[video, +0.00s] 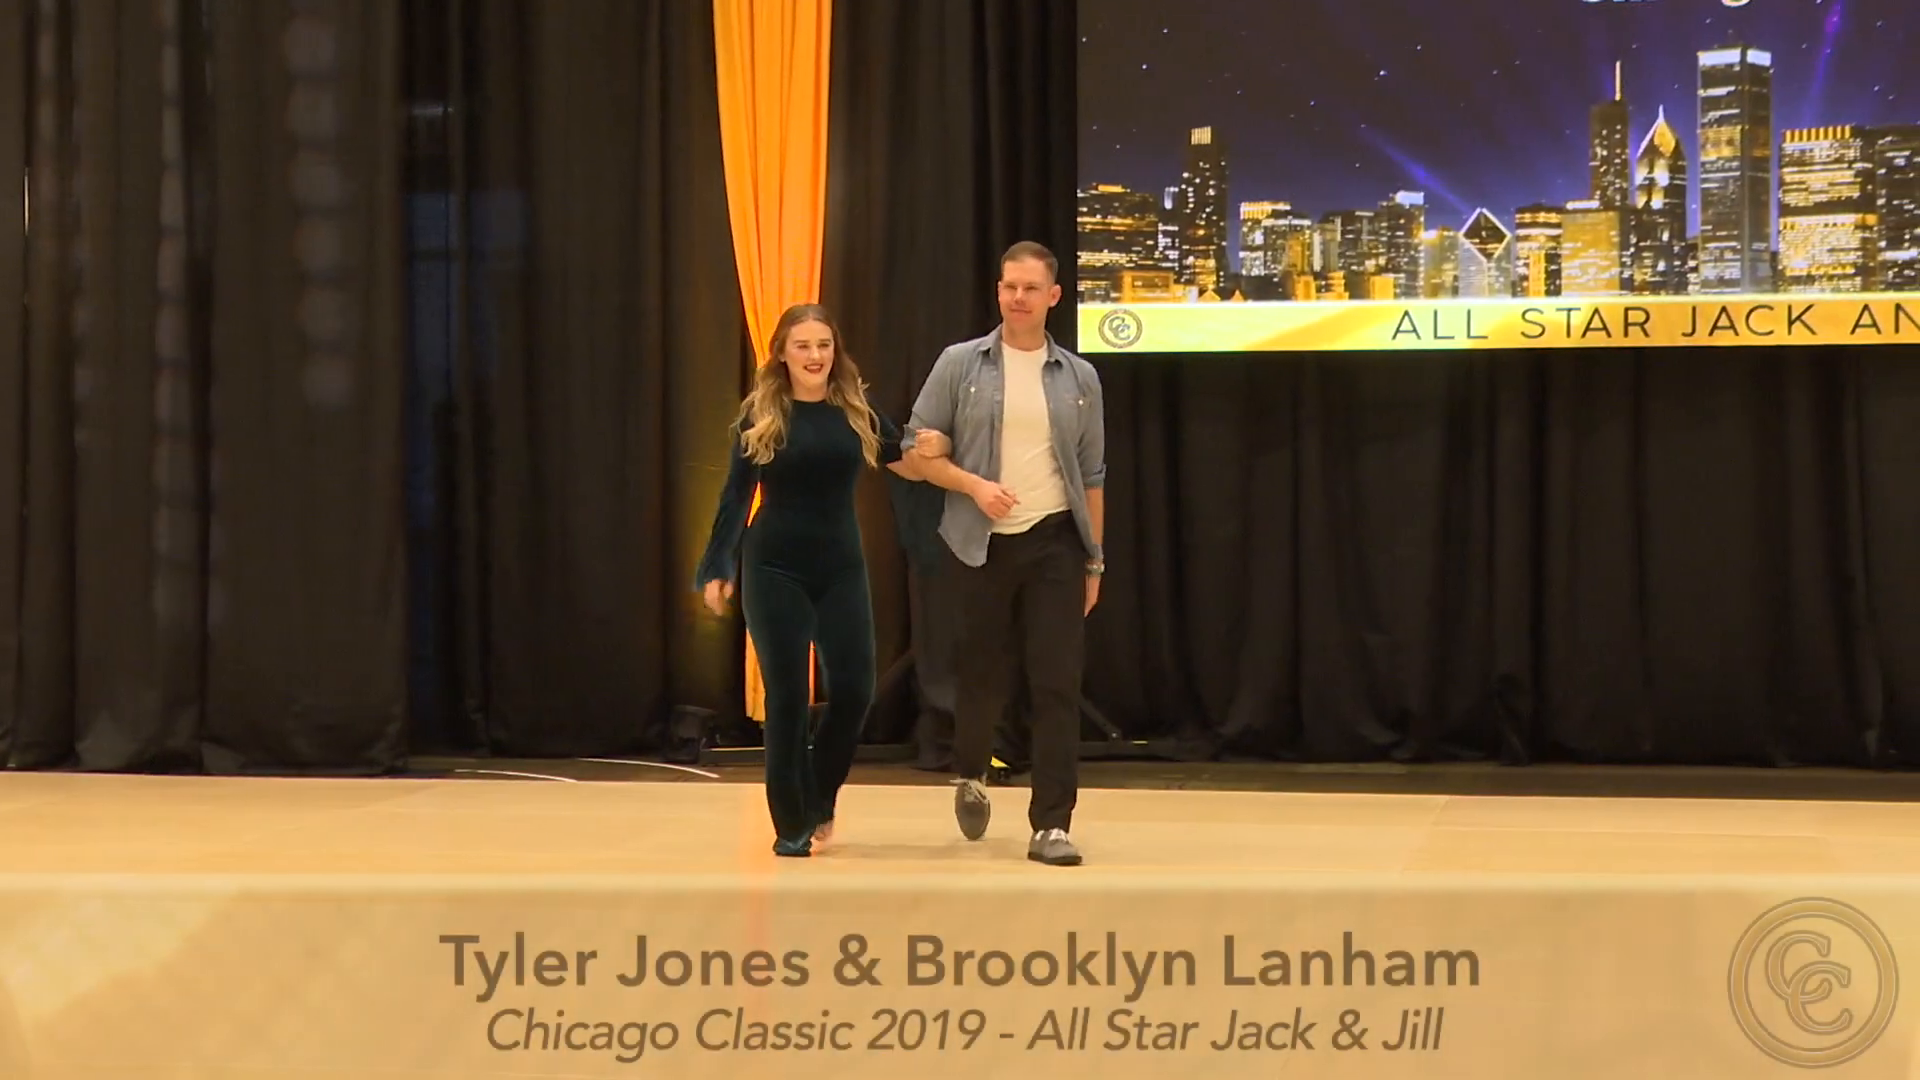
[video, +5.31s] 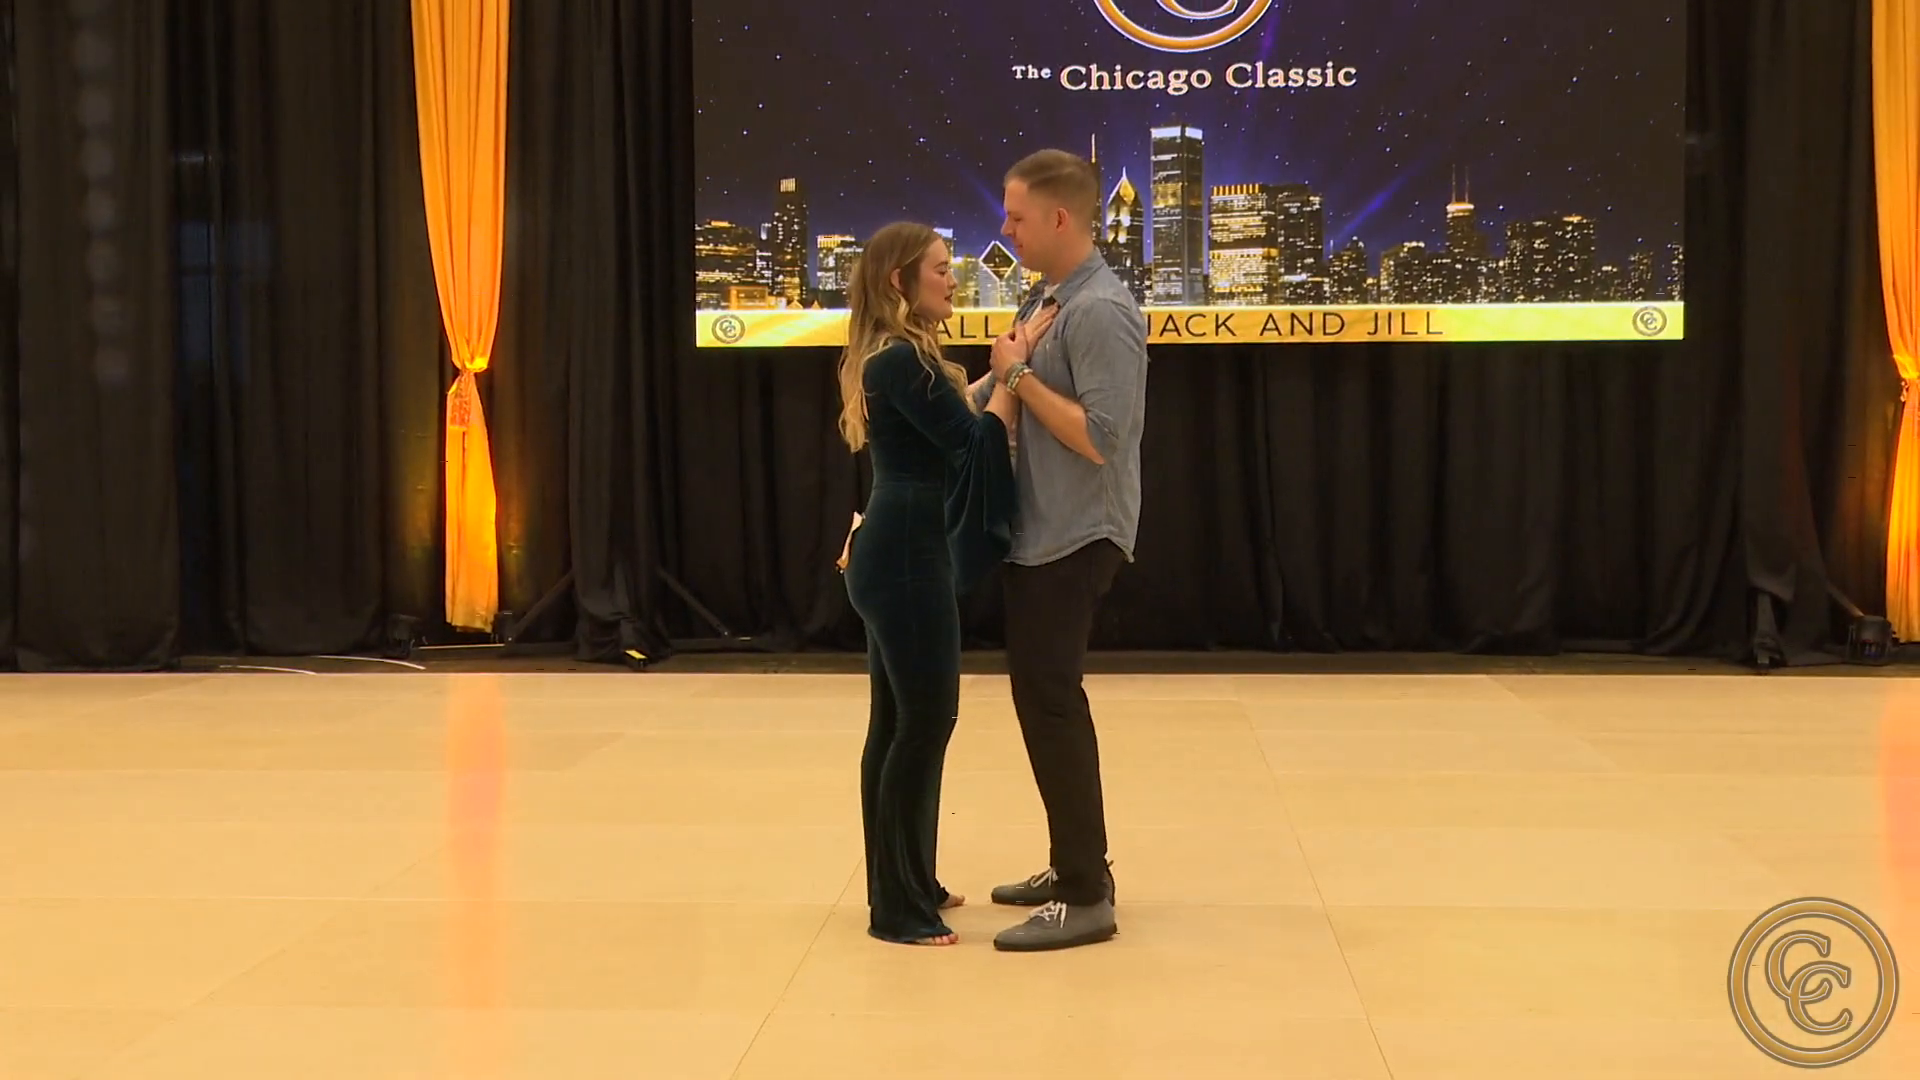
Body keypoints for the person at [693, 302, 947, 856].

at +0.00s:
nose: (813, 355)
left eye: (822, 344)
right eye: (801, 345)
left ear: (835, 350)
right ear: (783, 352)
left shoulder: (855, 410)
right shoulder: (760, 414)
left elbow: (897, 457)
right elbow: (737, 497)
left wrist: (933, 447)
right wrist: (719, 564)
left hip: (842, 571)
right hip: (773, 570)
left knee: (854, 690)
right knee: (787, 698)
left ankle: (821, 797)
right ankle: (790, 827)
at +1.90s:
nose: (824, 305)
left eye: (835, 292)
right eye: (809, 291)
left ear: (846, 299)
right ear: (775, 296)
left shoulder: (866, 374)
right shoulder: (739, 377)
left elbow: (930, 448)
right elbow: (704, 487)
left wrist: (988, 432)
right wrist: (676, 584)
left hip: (857, 588)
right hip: (761, 587)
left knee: (862, 758)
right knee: (776, 760)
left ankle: (814, 886)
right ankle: (770, 924)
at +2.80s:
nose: (904, 275)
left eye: (902, 262)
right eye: (892, 262)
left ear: (867, 273)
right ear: (846, 271)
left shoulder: (886, 364)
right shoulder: (793, 362)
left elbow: (928, 437)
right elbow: (773, 454)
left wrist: (1026, 418)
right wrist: (776, 516)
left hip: (892, 588)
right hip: (812, 589)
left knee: (918, 756)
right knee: (839, 759)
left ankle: (837, 896)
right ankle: (834, 938)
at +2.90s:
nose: (908, 267)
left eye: (903, 254)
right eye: (894, 254)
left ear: (868, 268)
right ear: (849, 267)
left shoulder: (886, 357)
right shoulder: (799, 355)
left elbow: (909, 451)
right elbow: (802, 449)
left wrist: (971, 418)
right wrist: (852, 474)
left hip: (893, 583)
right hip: (812, 587)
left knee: (929, 749)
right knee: (827, 760)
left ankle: (881, 928)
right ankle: (820, 941)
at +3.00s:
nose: (914, 264)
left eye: (910, 251)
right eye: (901, 251)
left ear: (875, 266)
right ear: (855, 264)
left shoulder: (897, 361)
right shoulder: (810, 355)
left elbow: (925, 474)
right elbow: (849, 448)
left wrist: (958, 431)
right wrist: (937, 430)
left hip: (903, 576)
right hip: (821, 578)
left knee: (919, 769)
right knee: (824, 763)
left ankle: (944, 954)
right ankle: (818, 948)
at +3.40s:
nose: (938, 260)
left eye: (934, 247)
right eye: (925, 247)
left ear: (883, 264)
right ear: (880, 262)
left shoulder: (913, 351)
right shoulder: (864, 346)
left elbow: (963, 470)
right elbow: (936, 425)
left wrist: (1025, 375)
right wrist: (1025, 356)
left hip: (939, 575)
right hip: (872, 578)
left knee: (936, 768)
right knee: (886, 765)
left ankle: (920, 953)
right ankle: (821, 956)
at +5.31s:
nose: (952, 278)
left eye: (950, 267)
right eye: (940, 268)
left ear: (913, 281)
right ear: (902, 281)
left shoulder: (910, 354)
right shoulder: (897, 361)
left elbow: (954, 421)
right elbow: (972, 445)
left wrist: (1004, 365)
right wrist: (1009, 377)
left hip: (899, 558)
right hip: (907, 562)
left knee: (896, 726)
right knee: (927, 724)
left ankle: (904, 889)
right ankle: (899, 905)